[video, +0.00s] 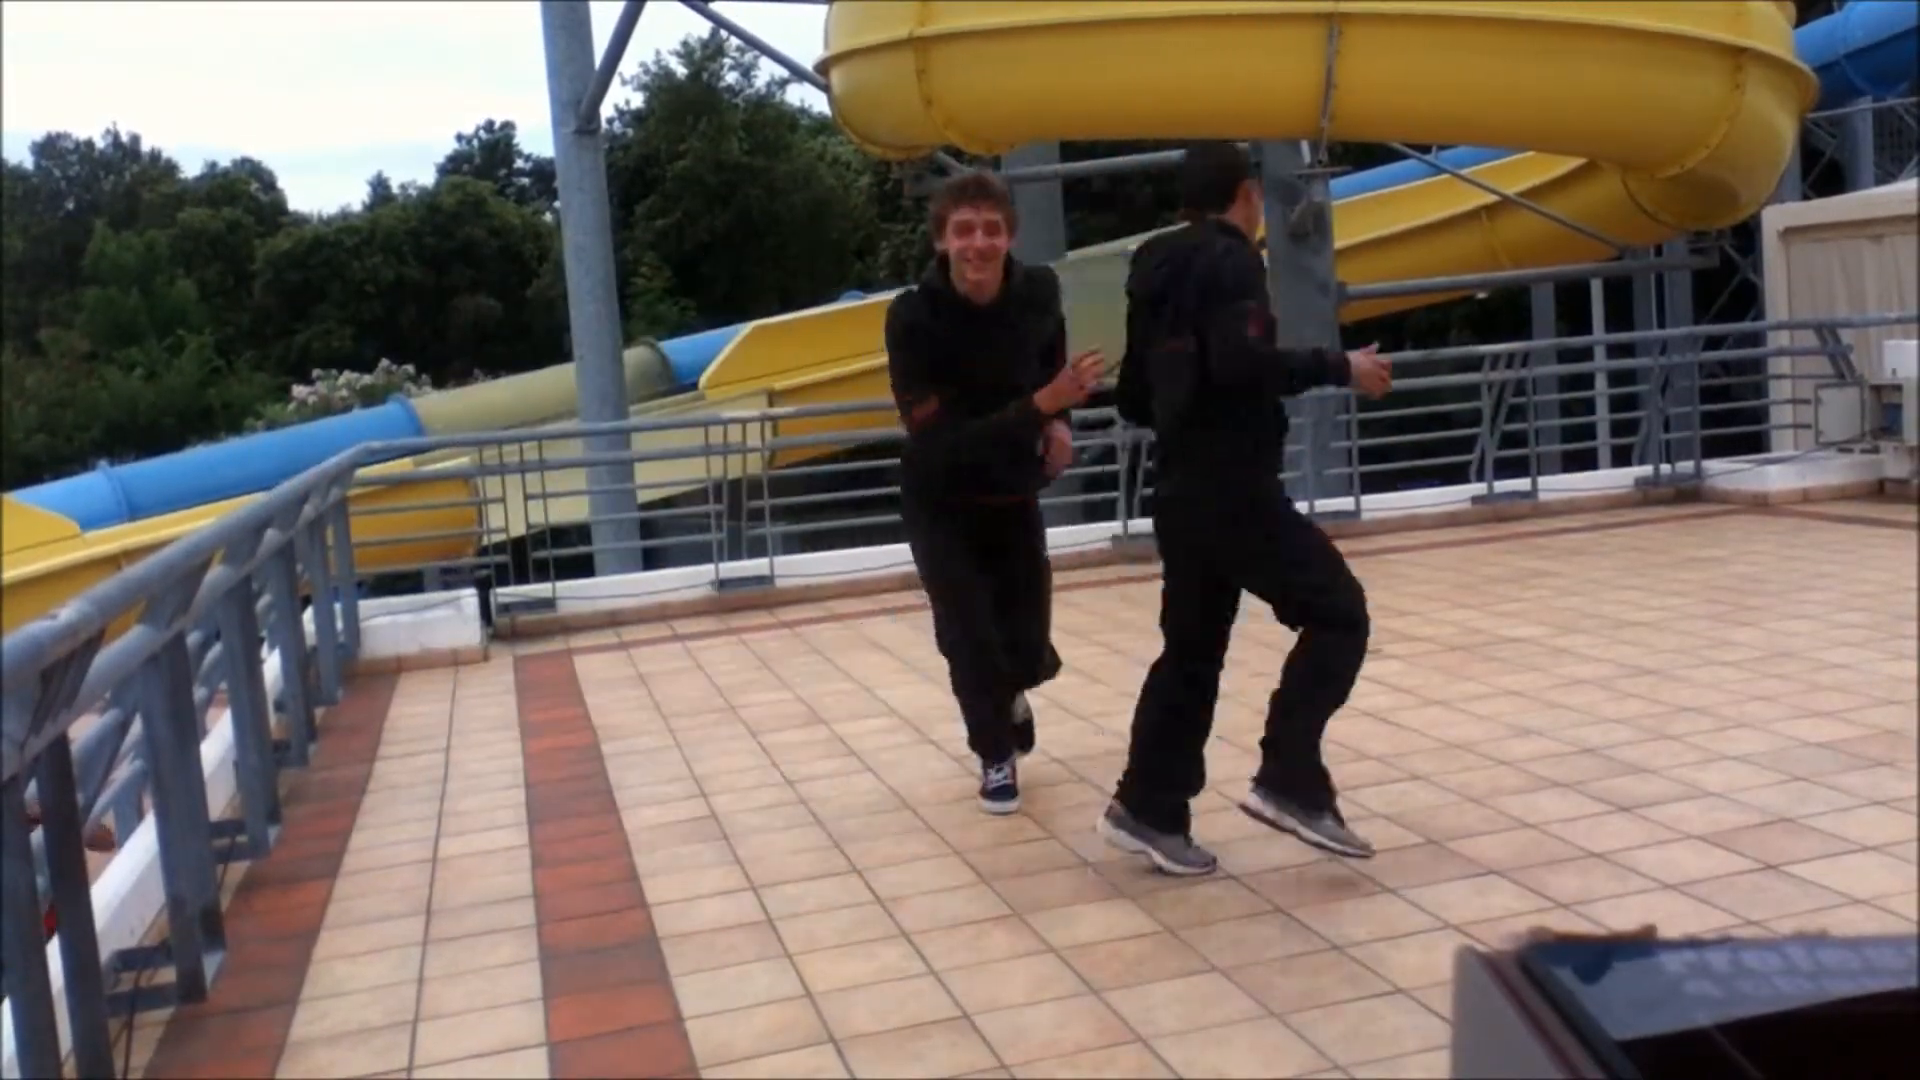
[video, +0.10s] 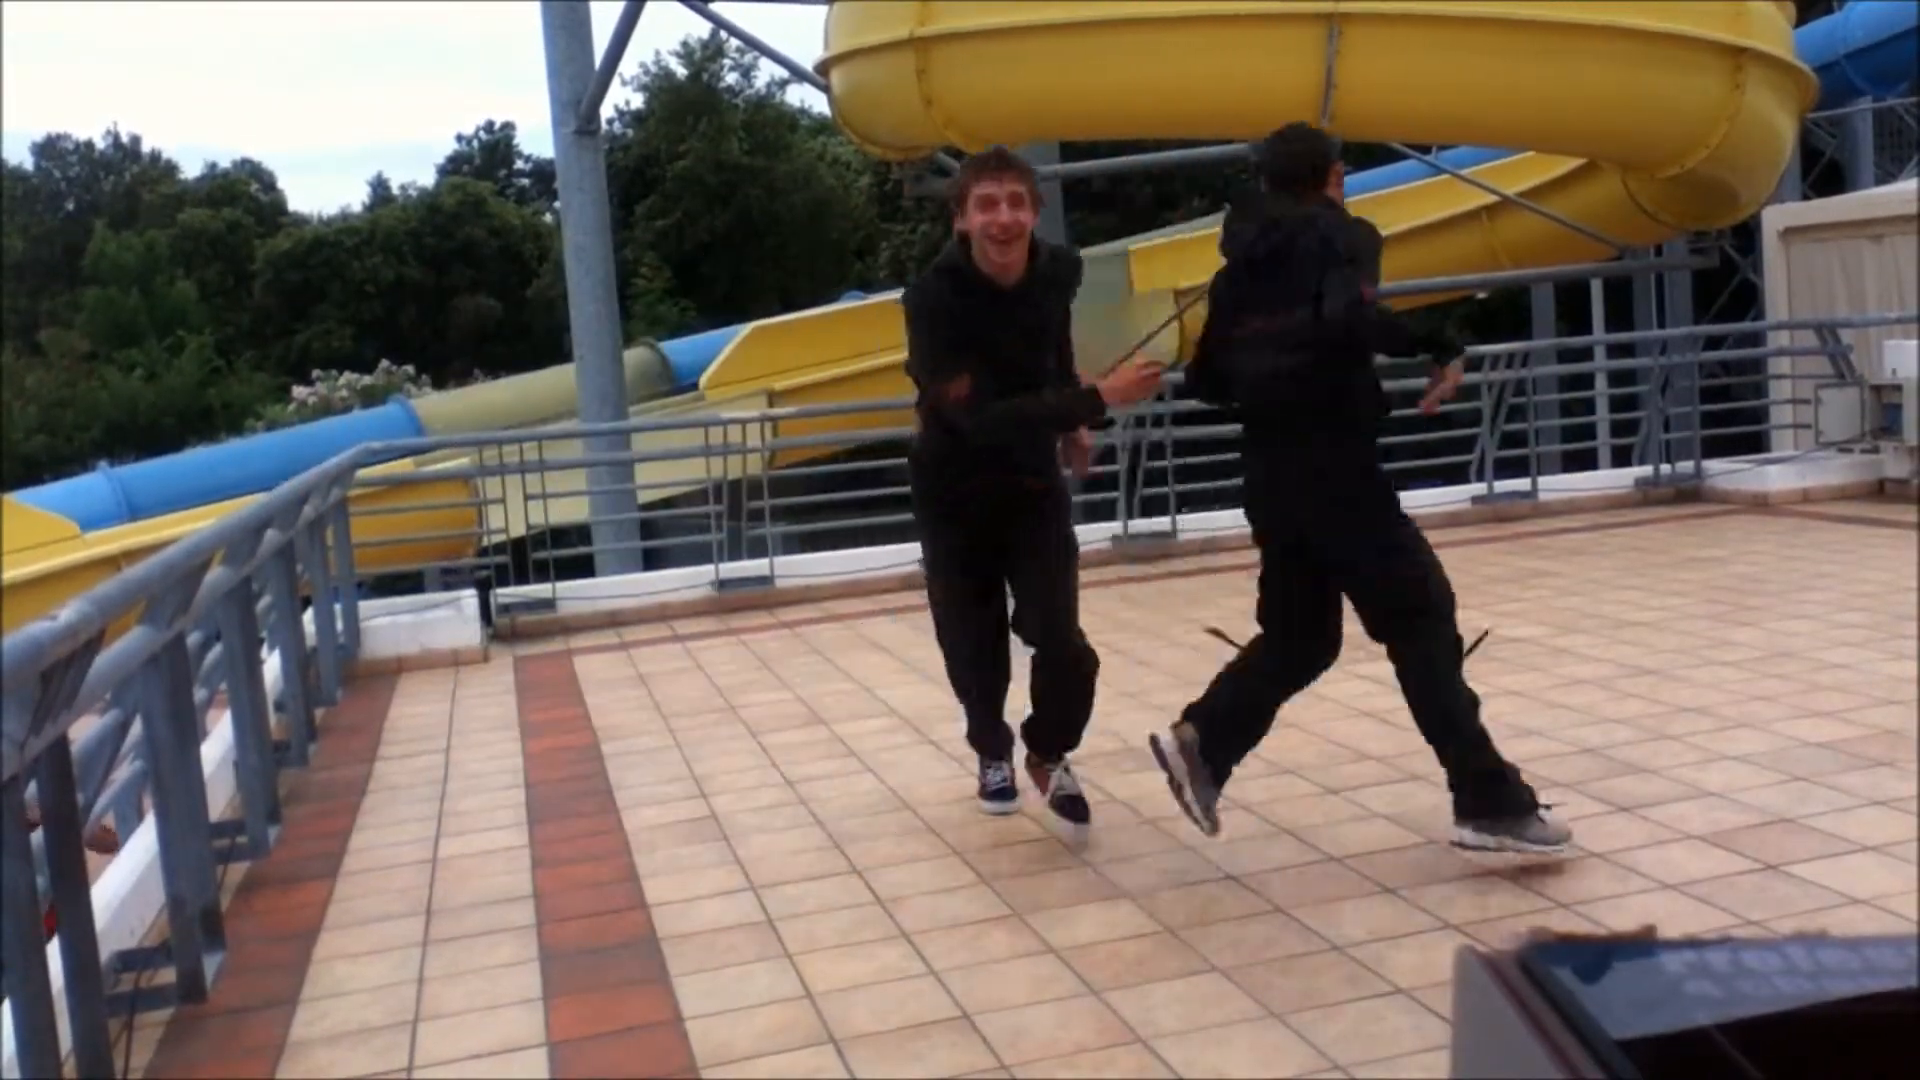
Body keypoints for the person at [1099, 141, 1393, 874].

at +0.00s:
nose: (1261, 210)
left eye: (1257, 197)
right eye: (1257, 197)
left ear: (1191, 203)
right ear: (1240, 198)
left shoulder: (1155, 265)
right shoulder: (1233, 260)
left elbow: (1135, 397)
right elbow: (1245, 365)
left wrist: (1214, 399)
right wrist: (1339, 367)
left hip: (1185, 501)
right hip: (1241, 501)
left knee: (1190, 654)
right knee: (1340, 613)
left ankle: (1149, 807)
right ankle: (1289, 779)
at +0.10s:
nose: (1343, 186)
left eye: (1338, 176)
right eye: (1340, 177)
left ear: (1267, 185)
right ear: (1332, 181)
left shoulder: (1242, 260)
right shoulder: (1343, 237)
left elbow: (1206, 375)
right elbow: (1353, 321)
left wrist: (1293, 381)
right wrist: (1439, 345)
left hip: (1275, 483)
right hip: (1341, 480)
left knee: (1302, 638)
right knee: (1421, 620)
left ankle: (1202, 742)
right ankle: (1487, 799)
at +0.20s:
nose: (1423, 219)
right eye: (1418, 208)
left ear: (1345, 223)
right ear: (1416, 213)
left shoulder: (1326, 309)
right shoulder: (1451, 276)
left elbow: (1285, 399)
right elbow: (1537, 312)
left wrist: (1258, 411)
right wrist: (1628, 325)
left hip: (1378, 517)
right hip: (1457, 510)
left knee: (1437, 643)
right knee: (1516, 653)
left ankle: (1343, 693)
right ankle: (1529, 845)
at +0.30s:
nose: (1394, 228)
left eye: (1395, 217)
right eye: (1395, 217)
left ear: (1411, 215)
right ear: (1469, 202)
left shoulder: (1396, 287)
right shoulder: (1534, 257)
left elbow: (1362, 388)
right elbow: (1634, 319)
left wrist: (1311, 476)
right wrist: (1739, 347)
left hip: (1458, 497)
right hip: (1541, 485)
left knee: (1548, 598)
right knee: (1565, 648)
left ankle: (1523, 705)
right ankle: (1535, 826)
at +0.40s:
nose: (1437, 215)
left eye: (1439, 202)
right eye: (1437, 202)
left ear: (1459, 197)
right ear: (1510, 184)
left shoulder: (1456, 268)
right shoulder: (1583, 228)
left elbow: (1448, 384)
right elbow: (1679, 276)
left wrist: (1411, 478)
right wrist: (1734, 316)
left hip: (1541, 464)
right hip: (1618, 444)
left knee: (1640, 600)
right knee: (1631, 598)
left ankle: (1718, 759)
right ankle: (1578, 765)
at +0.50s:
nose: (1498, 232)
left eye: (1500, 221)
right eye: (1499, 221)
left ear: (1516, 220)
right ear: (1574, 208)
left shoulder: (1517, 293)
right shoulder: (1647, 253)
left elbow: (1504, 400)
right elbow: (1765, 291)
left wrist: (1479, 491)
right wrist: (1777, 275)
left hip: (1609, 500)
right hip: (1687, 473)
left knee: (1705, 637)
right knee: (1782, 600)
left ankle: (1788, 791)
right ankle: (1708, 680)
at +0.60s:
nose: (1548, 251)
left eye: (1550, 237)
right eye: (1547, 237)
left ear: (1575, 232)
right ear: (1611, 221)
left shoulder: (1562, 305)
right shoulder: (1694, 263)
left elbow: (1534, 411)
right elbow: (1777, 304)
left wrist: (1504, 511)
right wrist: (1827, 297)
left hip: (1656, 507)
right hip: (1738, 478)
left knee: (1714, 643)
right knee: (1820, 574)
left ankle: (1778, 790)